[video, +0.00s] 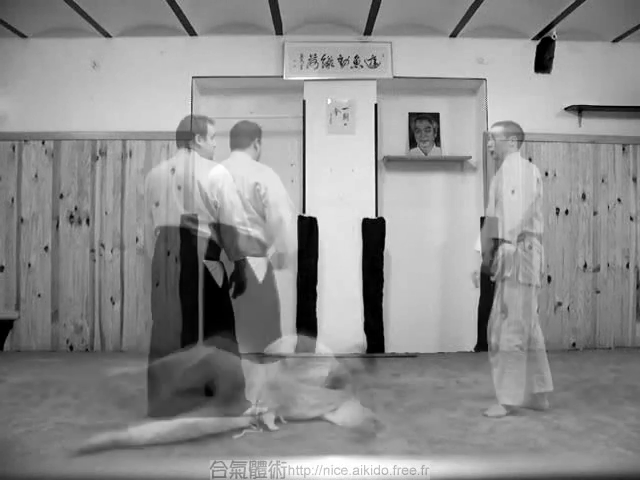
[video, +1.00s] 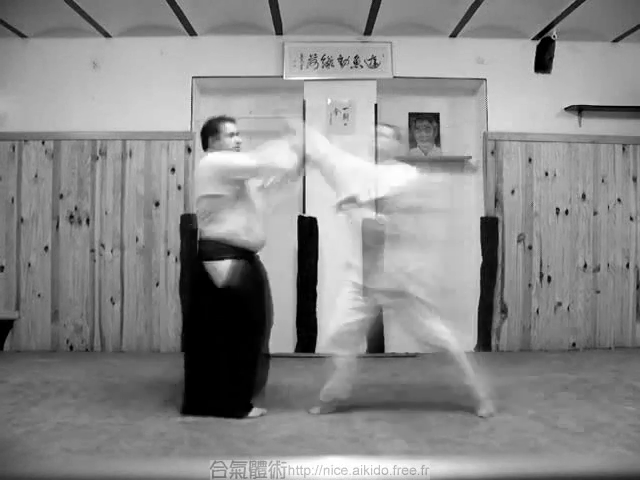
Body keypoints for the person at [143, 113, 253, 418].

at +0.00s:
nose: (214, 144)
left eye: (213, 137)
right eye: (211, 138)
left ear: (182, 139)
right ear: (198, 139)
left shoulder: (157, 173)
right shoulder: (215, 174)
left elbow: (152, 221)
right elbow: (227, 227)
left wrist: (157, 260)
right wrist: (240, 267)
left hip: (167, 254)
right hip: (205, 254)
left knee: (170, 321)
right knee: (215, 321)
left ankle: (168, 393)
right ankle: (219, 391)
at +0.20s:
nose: (216, 144)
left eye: (216, 138)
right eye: (213, 138)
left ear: (185, 141)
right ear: (200, 139)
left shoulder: (156, 174)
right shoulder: (215, 174)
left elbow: (152, 225)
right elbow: (234, 226)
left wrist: (159, 257)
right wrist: (239, 269)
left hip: (165, 260)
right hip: (202, 261)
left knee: (167, 331)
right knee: (219, 333)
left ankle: (165, 403)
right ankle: (231, 403)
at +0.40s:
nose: (223, 145)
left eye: (222, 139)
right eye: (219, 139)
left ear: (191, 141)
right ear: (205, 141)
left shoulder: (161, 174)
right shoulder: (221, 174)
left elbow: (153, 227)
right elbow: (239, 228)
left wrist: (160, 259)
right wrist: (243, 271)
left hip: (169, 261)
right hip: (209, 263)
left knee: (170, 332)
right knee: (221, 334)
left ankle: (167, 403)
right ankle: (229, 402)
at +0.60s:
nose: (235, 145)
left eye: (234, 139)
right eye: (232, 139)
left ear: (201, 142)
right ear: (219, 142)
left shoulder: (176, 176)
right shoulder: (237, 174)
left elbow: (165, 228)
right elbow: (257, 227)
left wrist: (163, 268)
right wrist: (261, 269)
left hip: (184, 260)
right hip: (224, 262)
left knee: (182, 331)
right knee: (230, 333)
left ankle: (173, 401)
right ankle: (231, 402)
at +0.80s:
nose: (241, 141)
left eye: (240, 135)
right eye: (237, 135)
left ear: (212, 140)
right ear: (221, 139)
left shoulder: (193, 172)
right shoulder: (237, 168)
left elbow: (190, 215)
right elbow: (284, 197)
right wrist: (297, 214)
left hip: (198, 257)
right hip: (231, 259)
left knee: (202, 330)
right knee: (242, 332)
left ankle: (189, 395)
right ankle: (234, 404)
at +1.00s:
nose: (238, 139)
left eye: (237, 134)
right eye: (231, 135)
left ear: (234, 138)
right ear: (213, 141)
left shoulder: (230, 166)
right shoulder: (214, 163)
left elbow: (262, 192)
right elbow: (259, 164)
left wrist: (292, 167)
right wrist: (289, 152)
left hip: (238, 254)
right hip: (225, 255)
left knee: (231, 327)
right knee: (240, 328)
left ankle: (227, 399)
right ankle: (233, 402)